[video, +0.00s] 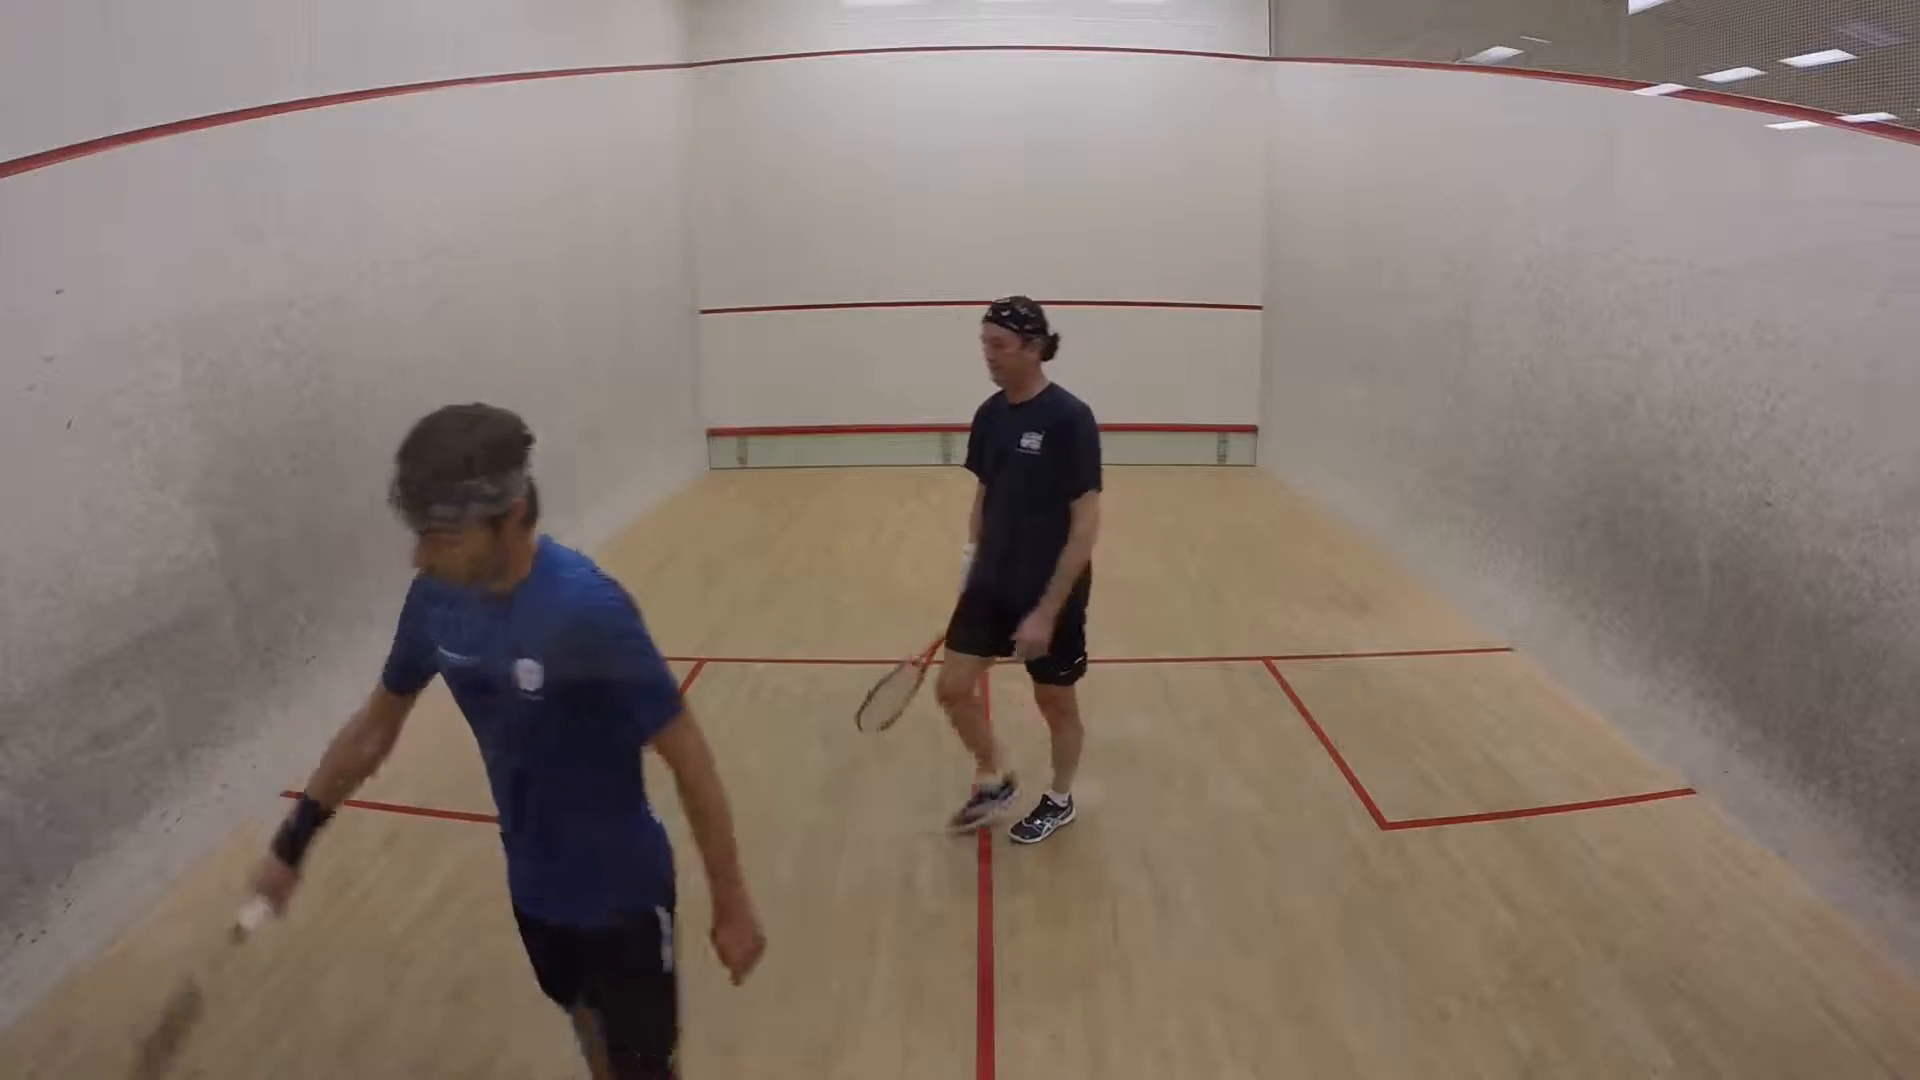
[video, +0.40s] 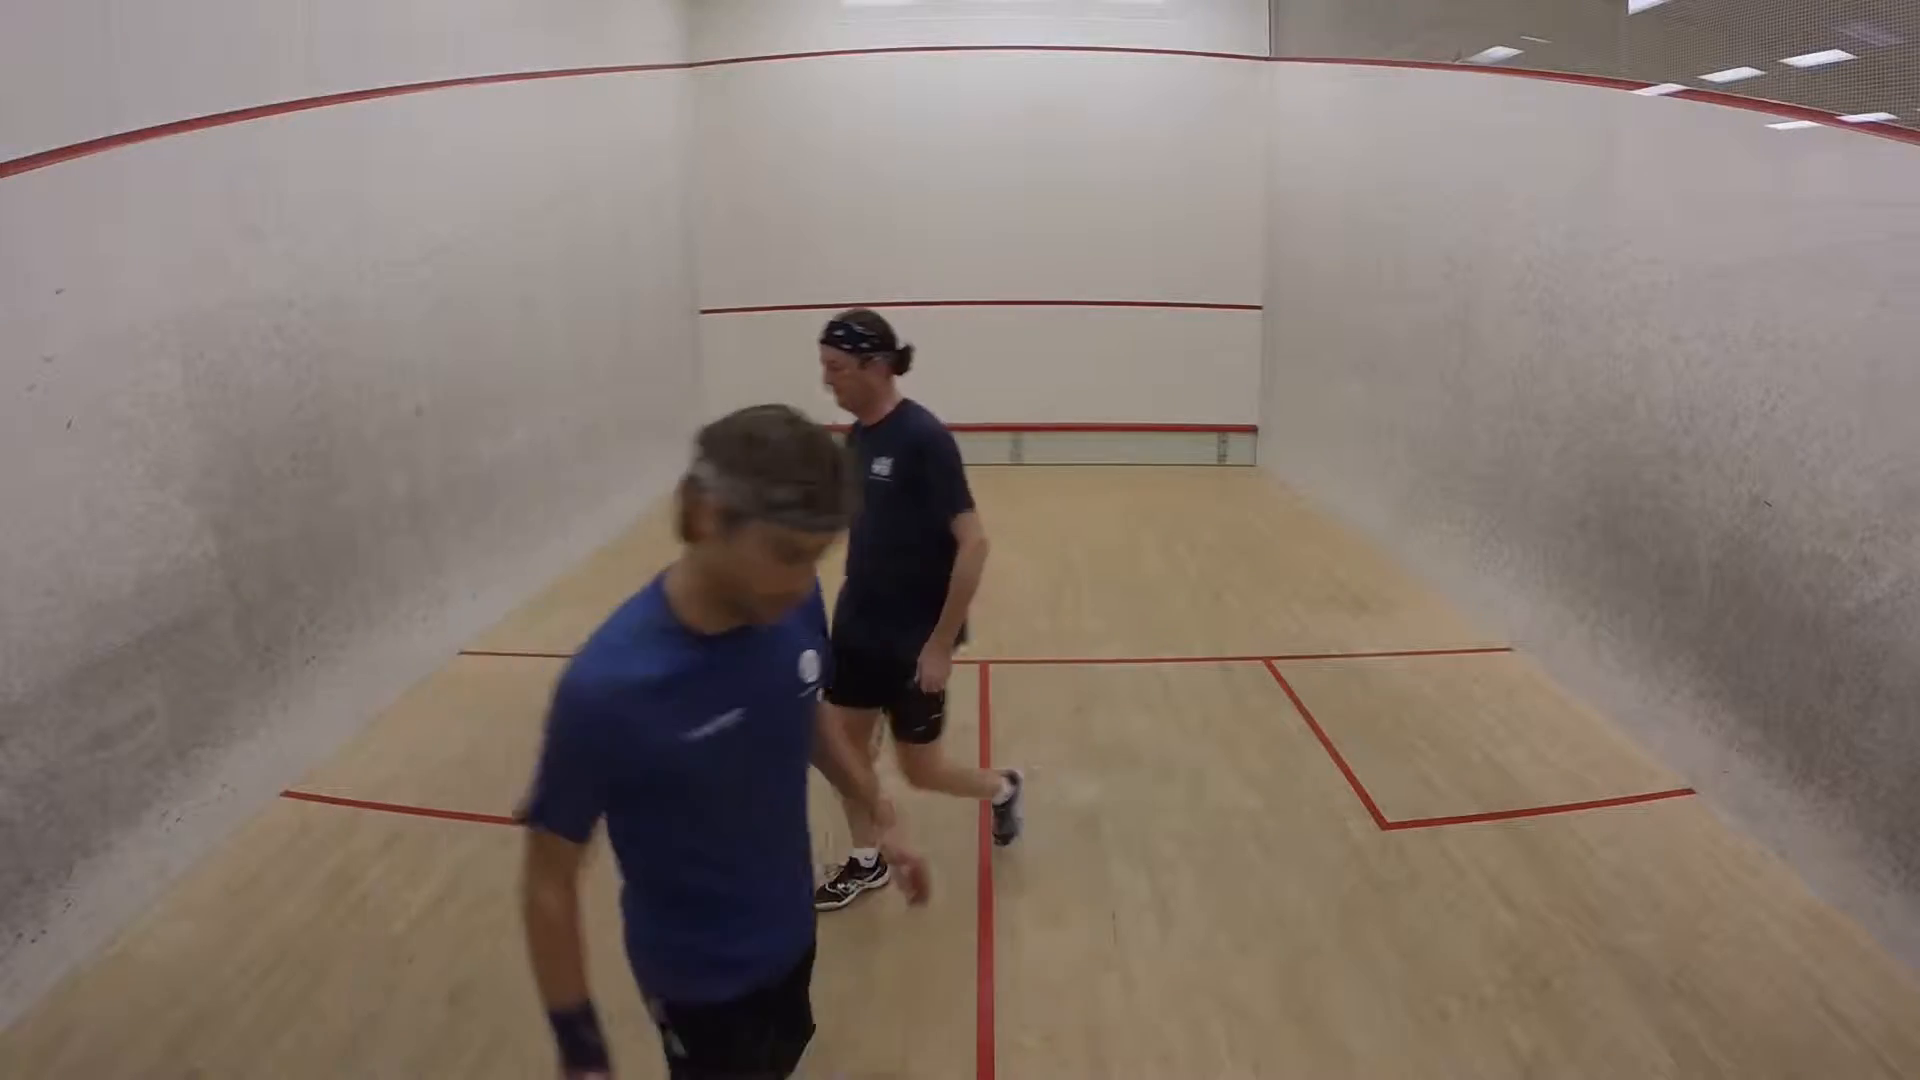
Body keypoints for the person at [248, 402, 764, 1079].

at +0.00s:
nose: (425, 557)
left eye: (445, 536)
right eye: (419, 534)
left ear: (513, 516)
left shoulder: (590, 610)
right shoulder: (434, 596)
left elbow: (686, 750)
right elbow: (374, 728)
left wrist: (731, 903)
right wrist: (290, 842)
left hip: (620, 889)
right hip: (536, 885)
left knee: (641, 1065)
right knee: (594, 1037)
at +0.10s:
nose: (501, 582)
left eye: (523, 561)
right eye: (486, 556)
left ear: (580, 537)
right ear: (471, 538)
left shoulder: (661, 618)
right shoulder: (461, 627)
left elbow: (741, 738)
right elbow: (405, 765)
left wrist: (758, 901)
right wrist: (350, 906)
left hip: (670, 908)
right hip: (561, 906)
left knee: (693, 1070)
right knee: (572, 1045)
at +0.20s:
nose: (590, 599)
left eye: (615, 576)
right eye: (566, 573)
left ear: (655, 537)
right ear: (541, 540)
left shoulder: (718, 616)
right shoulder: (493, 648)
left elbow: (781, 719)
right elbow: (443, 785)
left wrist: (796, 870)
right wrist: (417, 950)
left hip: (714, 925)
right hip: (590, 934)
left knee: (729, 1070)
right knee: (581, 1071)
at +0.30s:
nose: (697, 591)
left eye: (716, 566)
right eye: (673, 567)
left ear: (736, 543)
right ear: (618, 533)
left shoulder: (762, 604)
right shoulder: (535, 664)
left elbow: (800, 716)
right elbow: (479, 814)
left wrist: (842, 842)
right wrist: (497, 986)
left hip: (756, 936)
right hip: (639, 960)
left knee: (761, 1066)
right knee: (655, 1065)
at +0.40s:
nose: (806, 580)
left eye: (816, 556)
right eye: (789, 556)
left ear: (830, 535)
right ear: (701, 517)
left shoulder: (794, 598)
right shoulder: (608, 688)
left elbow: (805, 714)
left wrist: (878, 816)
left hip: (788, 930)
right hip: (702, 976)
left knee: (785, 1053)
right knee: (724, 1069)